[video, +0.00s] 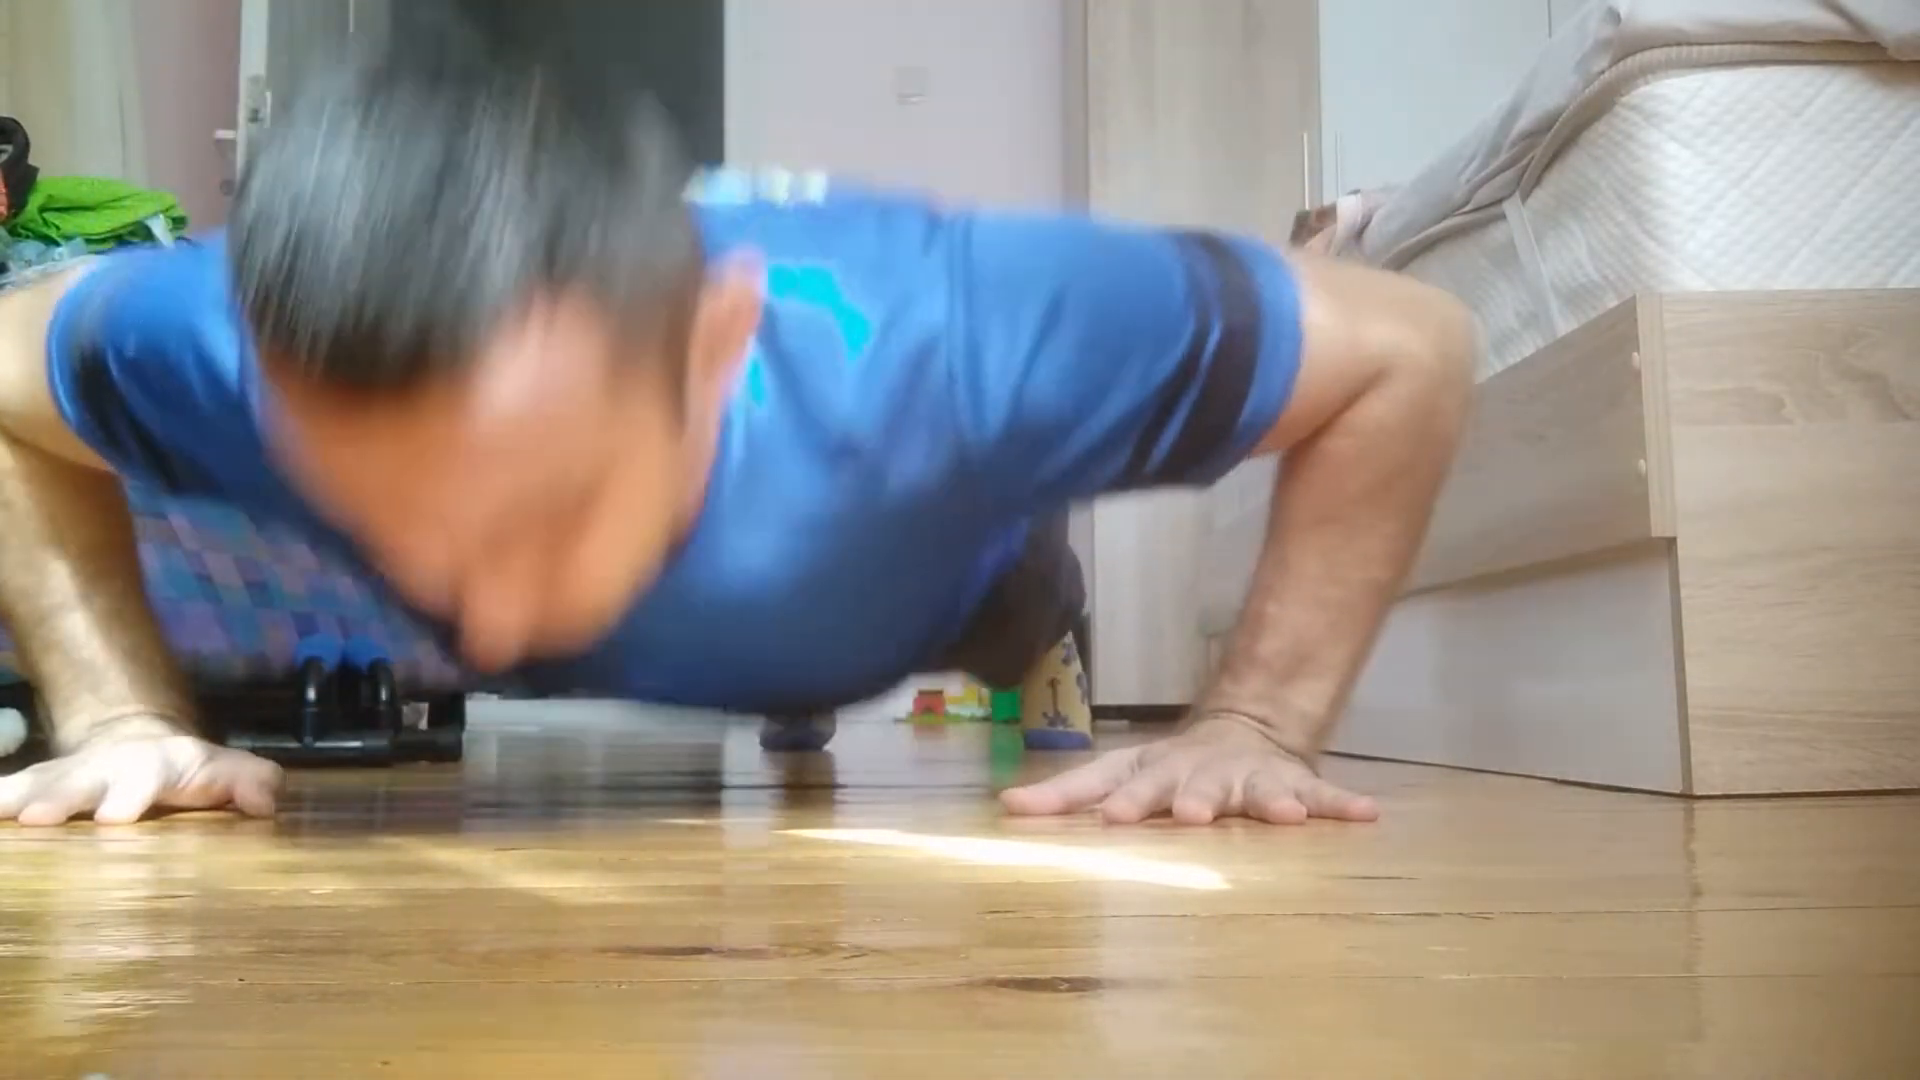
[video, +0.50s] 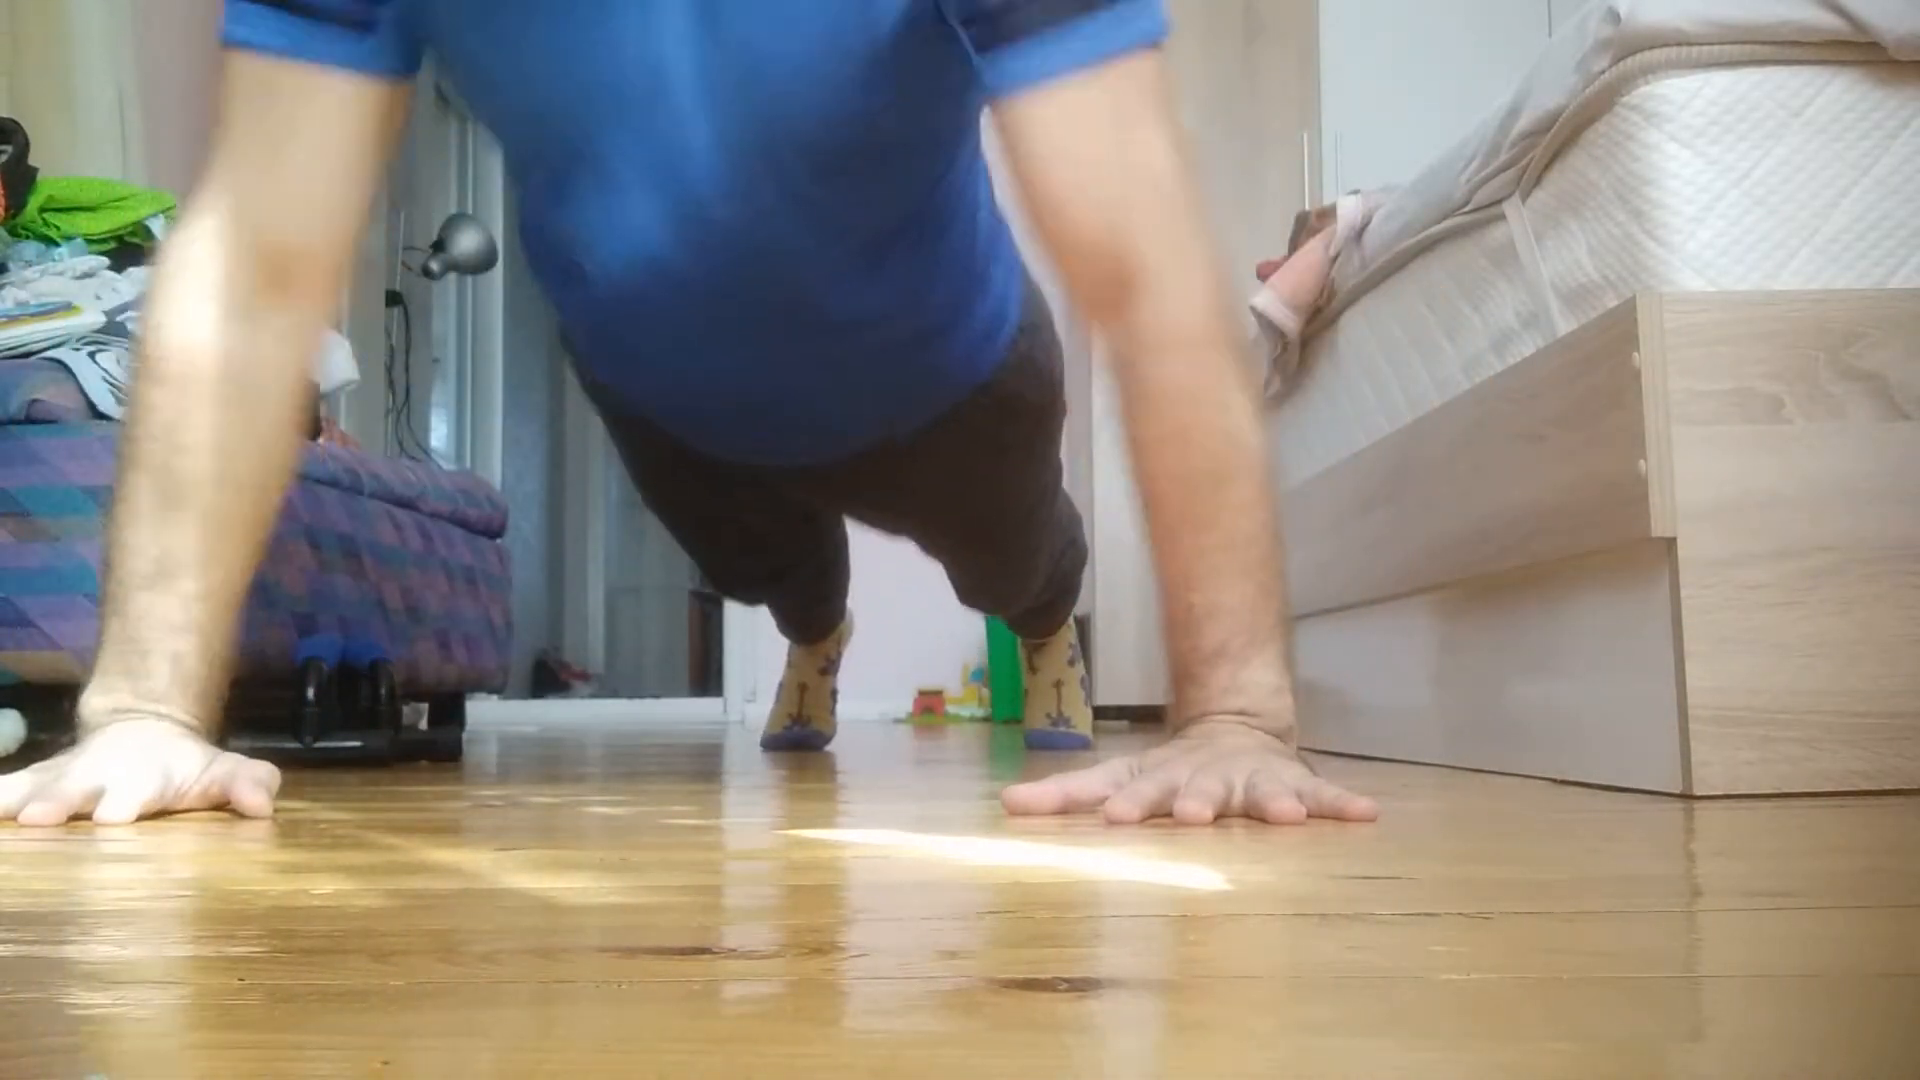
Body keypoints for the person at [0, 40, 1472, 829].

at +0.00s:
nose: (483, 618)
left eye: (547, 533)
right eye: (396, 548)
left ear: (713, 344)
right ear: (311, 420)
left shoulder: (960, 352)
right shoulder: (229, 349)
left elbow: (1411, 353)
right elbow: (23, 380)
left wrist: (1265, 721)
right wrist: (121, 712)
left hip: (936, 596)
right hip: (682, 627)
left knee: (1009, 620)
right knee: (788, 678)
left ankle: (1035, 659)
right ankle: (806, 713)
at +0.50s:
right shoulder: (371, 2)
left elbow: (1152, 277)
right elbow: (254, 271)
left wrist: (1240, 705)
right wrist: (148, 710)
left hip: (930, 377)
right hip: (672, 412)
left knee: (1011, 557)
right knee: (775, 563)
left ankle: (1023, 617)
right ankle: (816, 635)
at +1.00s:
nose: (515, 651)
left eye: (580, 564)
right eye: (423, 583)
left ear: (742, 381)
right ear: (328, 454)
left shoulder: (971, 374)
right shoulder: (248, 361)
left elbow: (1391, 356)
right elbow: (29, 371)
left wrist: (1259, 717)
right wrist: (126, 711)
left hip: (939, 634)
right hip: (688, 662)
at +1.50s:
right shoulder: (381, 2)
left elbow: (1102, 266)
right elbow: (284, 269)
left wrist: (1236, 700)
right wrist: (154, 708)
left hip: (941, 360)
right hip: (683, 378)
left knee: (1013, 549)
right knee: (778, 550)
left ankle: (1015, 622)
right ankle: (817, 642)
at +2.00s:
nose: (474, 798)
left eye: (543, 698)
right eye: (387, 716)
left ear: (708, 511)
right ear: (280, 556)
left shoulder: (940, 431)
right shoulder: (235, 404)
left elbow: (1374, 342)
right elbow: (27, 364)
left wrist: (1251, 721)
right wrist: (125, 715)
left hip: (910, 727)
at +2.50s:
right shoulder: (360, 17)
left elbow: (1216, 280)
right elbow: (210, 300)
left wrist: (1249, 709)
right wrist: (145, 712)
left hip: (942, 387)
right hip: (687, 427)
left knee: (1002, 564)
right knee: (783, 569)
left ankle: (1012, 626)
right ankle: (820, 644)